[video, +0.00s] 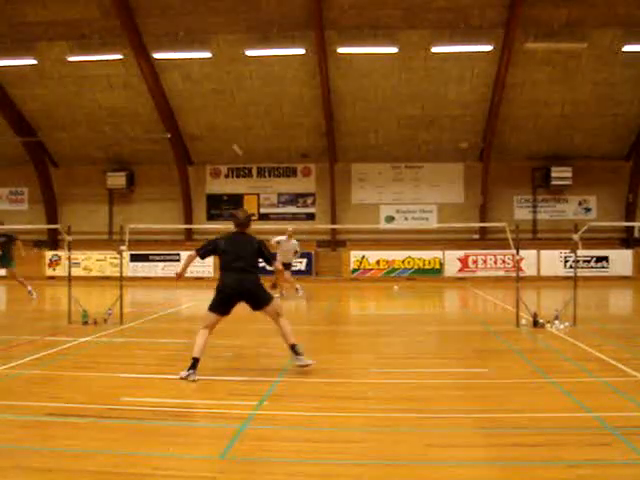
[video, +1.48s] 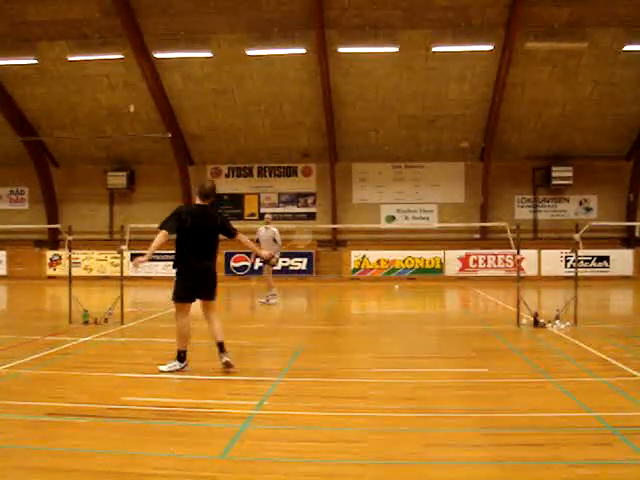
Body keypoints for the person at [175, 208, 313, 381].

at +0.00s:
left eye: (236, 221)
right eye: (248, 222)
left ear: (234, 224)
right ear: (249, 224)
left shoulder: (223, 241)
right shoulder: (256, 243)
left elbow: (194, 254)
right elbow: (277, 266)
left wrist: (182, 271)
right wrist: (281, 283)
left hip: (227, 287)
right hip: (252, 286)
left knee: (206, 327)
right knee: (278, 317)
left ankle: (192, 368)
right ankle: (296, 353)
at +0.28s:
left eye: (240, 227)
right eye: (249, 227)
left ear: (237, 231)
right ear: (252, 232)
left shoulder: (228, 250)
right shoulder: (259, 253)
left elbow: (216, 275)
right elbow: (273, 272)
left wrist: (205, 298)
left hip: (236, 299)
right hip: (259, 300)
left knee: (209, 325)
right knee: (285, 336)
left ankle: (216, 364)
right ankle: (320, 364)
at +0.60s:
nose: (195, 191)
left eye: (199, 190)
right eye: (197, 189)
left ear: (205, 197)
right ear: (199, 196)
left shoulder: (214, 219)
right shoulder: (190, 208)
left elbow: (241, 236)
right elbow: (169, 186)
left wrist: (253, 259)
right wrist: (153, 165)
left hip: (207, 266)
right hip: (202, 264)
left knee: (199, 314)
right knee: (208, 313)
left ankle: (215, 360)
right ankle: (238, 342)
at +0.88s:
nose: (180, 205)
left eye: (184, 204)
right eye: (183, 203)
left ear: (189, 210)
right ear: (190, 211)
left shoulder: (199, 233)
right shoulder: (179, 228)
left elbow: (218, 255)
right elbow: (157, 233)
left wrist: (221, 283)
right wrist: (131, 232)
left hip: (191, 280)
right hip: (177, 277)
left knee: (172, 320)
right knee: (161, 316)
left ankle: (204, 355)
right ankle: (170, 350)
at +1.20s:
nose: (179, 198)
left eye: (180, 196)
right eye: (183, 195)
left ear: (182, 197)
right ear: (198, 199)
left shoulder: (176, 218)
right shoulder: (202, 220)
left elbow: (162, 243)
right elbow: (217, 243)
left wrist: (148, 266)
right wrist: (227, 258)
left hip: (181, 273)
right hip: (197, 272)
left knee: (168, 314)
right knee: (179, 310)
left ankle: (179, 356)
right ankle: (185, 349)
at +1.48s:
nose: (196, 197)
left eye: (196, 195)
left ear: (195, 195)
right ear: (212, 198)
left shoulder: (183, 212)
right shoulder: (217, 217)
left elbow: (163, 234)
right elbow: (240, 237)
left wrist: (147, 256)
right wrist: (261, 252)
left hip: (186, 273)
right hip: (208, 273)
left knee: (182, 313)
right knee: (210, 311)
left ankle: (181, 359)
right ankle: (223, 353)